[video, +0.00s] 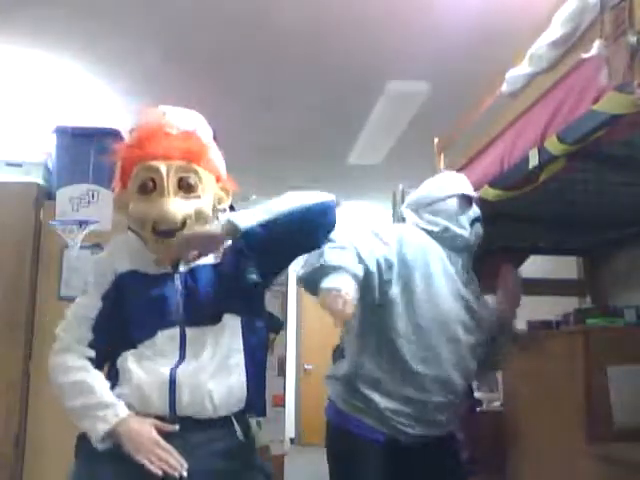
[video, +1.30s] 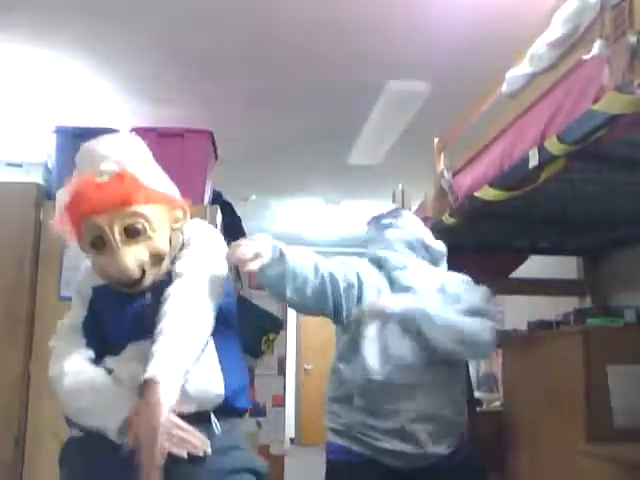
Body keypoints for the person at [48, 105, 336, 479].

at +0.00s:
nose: (168, 204)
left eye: (186, 186)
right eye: (148, 186)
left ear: (216, 196)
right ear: (126, 201)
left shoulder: (242, 260)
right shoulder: (116, 269)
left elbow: (322, 209)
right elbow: (67, 360)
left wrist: (229, 227)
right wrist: (121, 423)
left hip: (220, 449)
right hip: (124, 448)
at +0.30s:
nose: (169, 203)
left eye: (187, 182)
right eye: (150, 184)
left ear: (221, 192)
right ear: (130, 200)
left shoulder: (233, 255)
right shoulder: (119, 269)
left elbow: (280, 203)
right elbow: (78, 359)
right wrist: (117, 420)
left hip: (218, 453)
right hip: (126, 455)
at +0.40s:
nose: (156, 199)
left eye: (175, 178)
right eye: (137, 181)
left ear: (209, 197)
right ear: (119, 203)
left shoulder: (229, 263)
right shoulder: (112, 280)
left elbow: (279, 223)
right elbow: (71, 376)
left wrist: (308, 192)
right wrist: (119, 437)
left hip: (212, 455)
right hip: (116, 458)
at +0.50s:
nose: (147, 208)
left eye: (162, 188)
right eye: (128, 194)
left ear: (188, 199)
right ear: (111, 211)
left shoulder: (223, 260)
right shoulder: (110, 280)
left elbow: (278, 209)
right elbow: (70, 380)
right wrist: (121, 437)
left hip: (210, 456)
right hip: (118, 458)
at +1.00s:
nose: (127, 220)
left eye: (143, 198)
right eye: (105, 208)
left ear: (180, 213)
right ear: (88, 236)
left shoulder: (207, 274)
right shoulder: (95, 305)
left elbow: (245, 223)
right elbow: (61, 407)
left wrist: (212, 156)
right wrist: (111, 467)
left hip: (211, 465)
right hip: (129, 467)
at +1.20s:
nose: (126, 273)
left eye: (137, 242)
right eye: (100, 255)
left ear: (174, 231)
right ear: (86, 262)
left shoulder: (200, 262)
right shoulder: (93, 304)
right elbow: (69, 385)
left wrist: (182, 359)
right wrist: (144, 436)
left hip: (215, 444)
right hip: (118, 450)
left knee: (243, 471)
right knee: (84, 461)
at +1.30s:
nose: (122, 261)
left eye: (134, 231)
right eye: (98, 244)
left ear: (173, 223)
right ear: (84, 252)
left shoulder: (200, 241)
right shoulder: (95, 295)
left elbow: (188, 314)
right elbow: (66, 369)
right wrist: (136, 420)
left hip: (206, 429)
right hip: (114, 435)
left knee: (228, 468)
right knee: (79, 458)